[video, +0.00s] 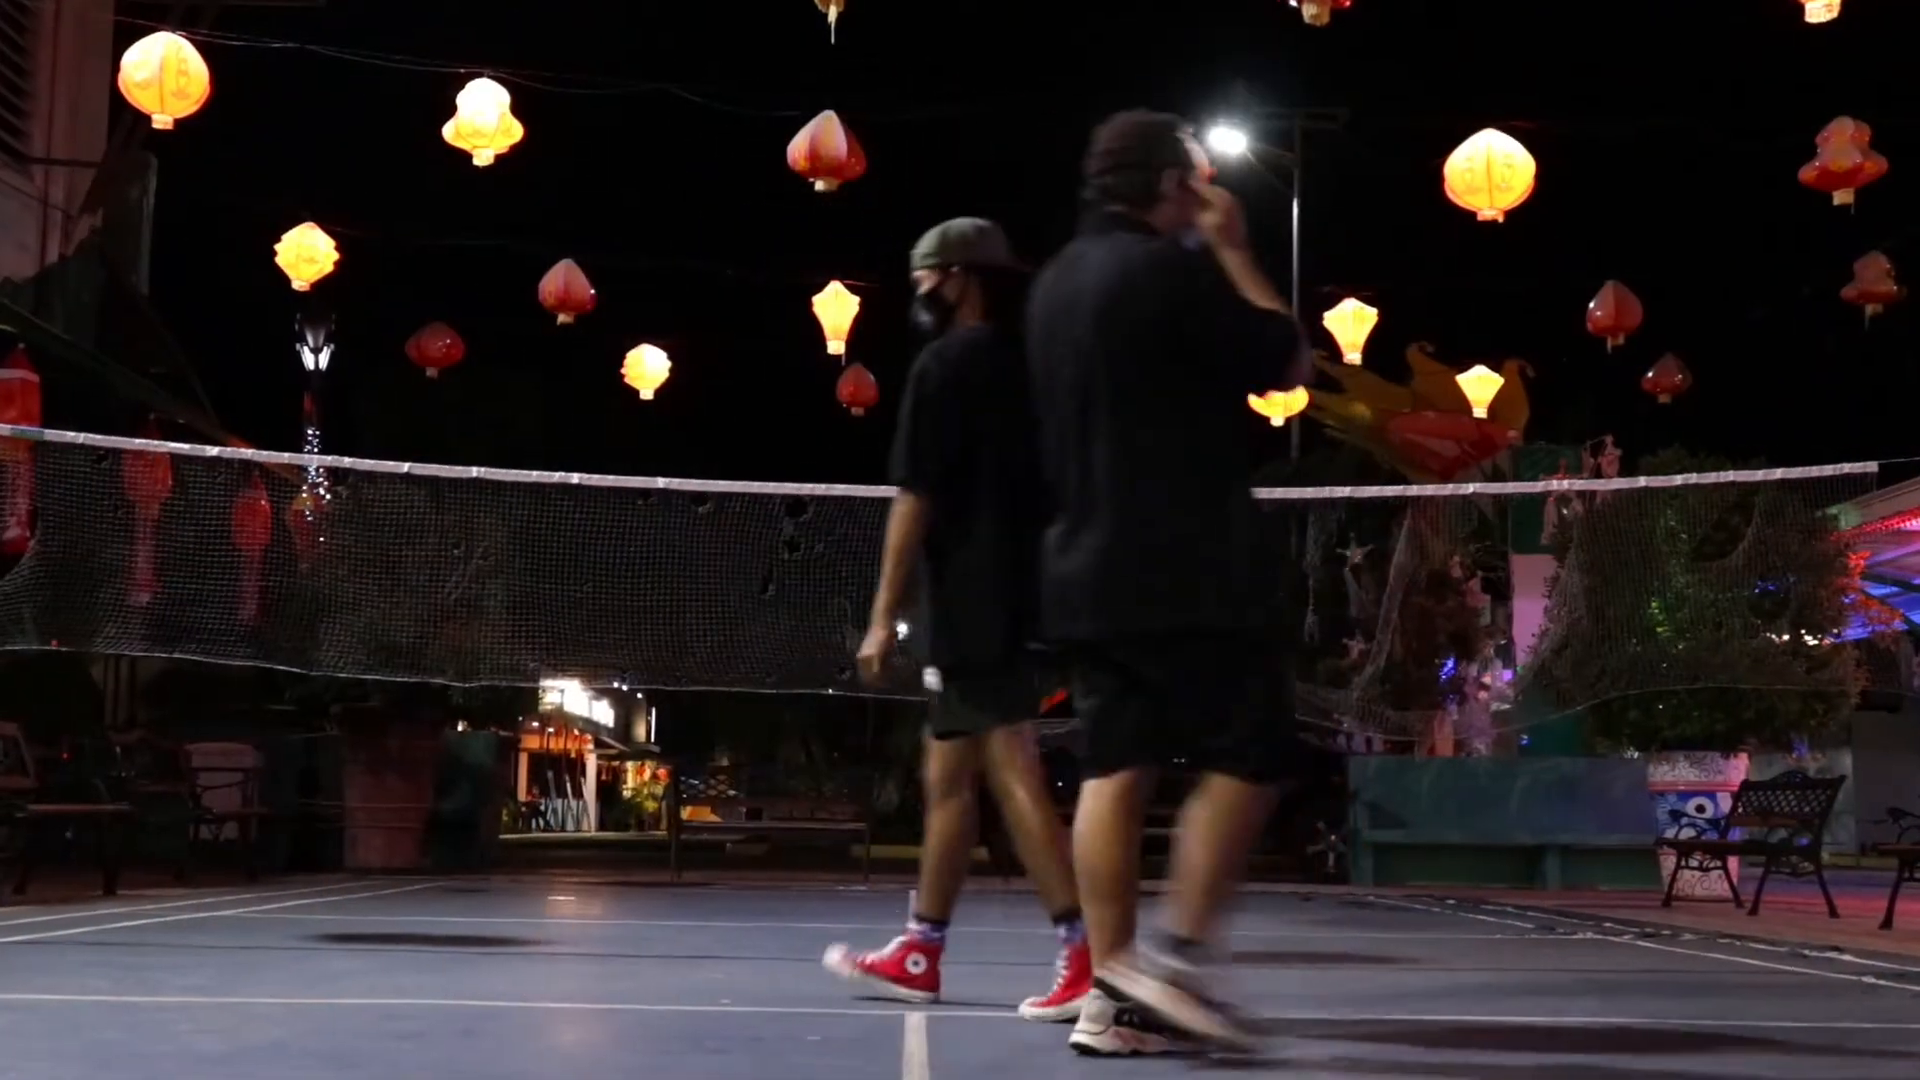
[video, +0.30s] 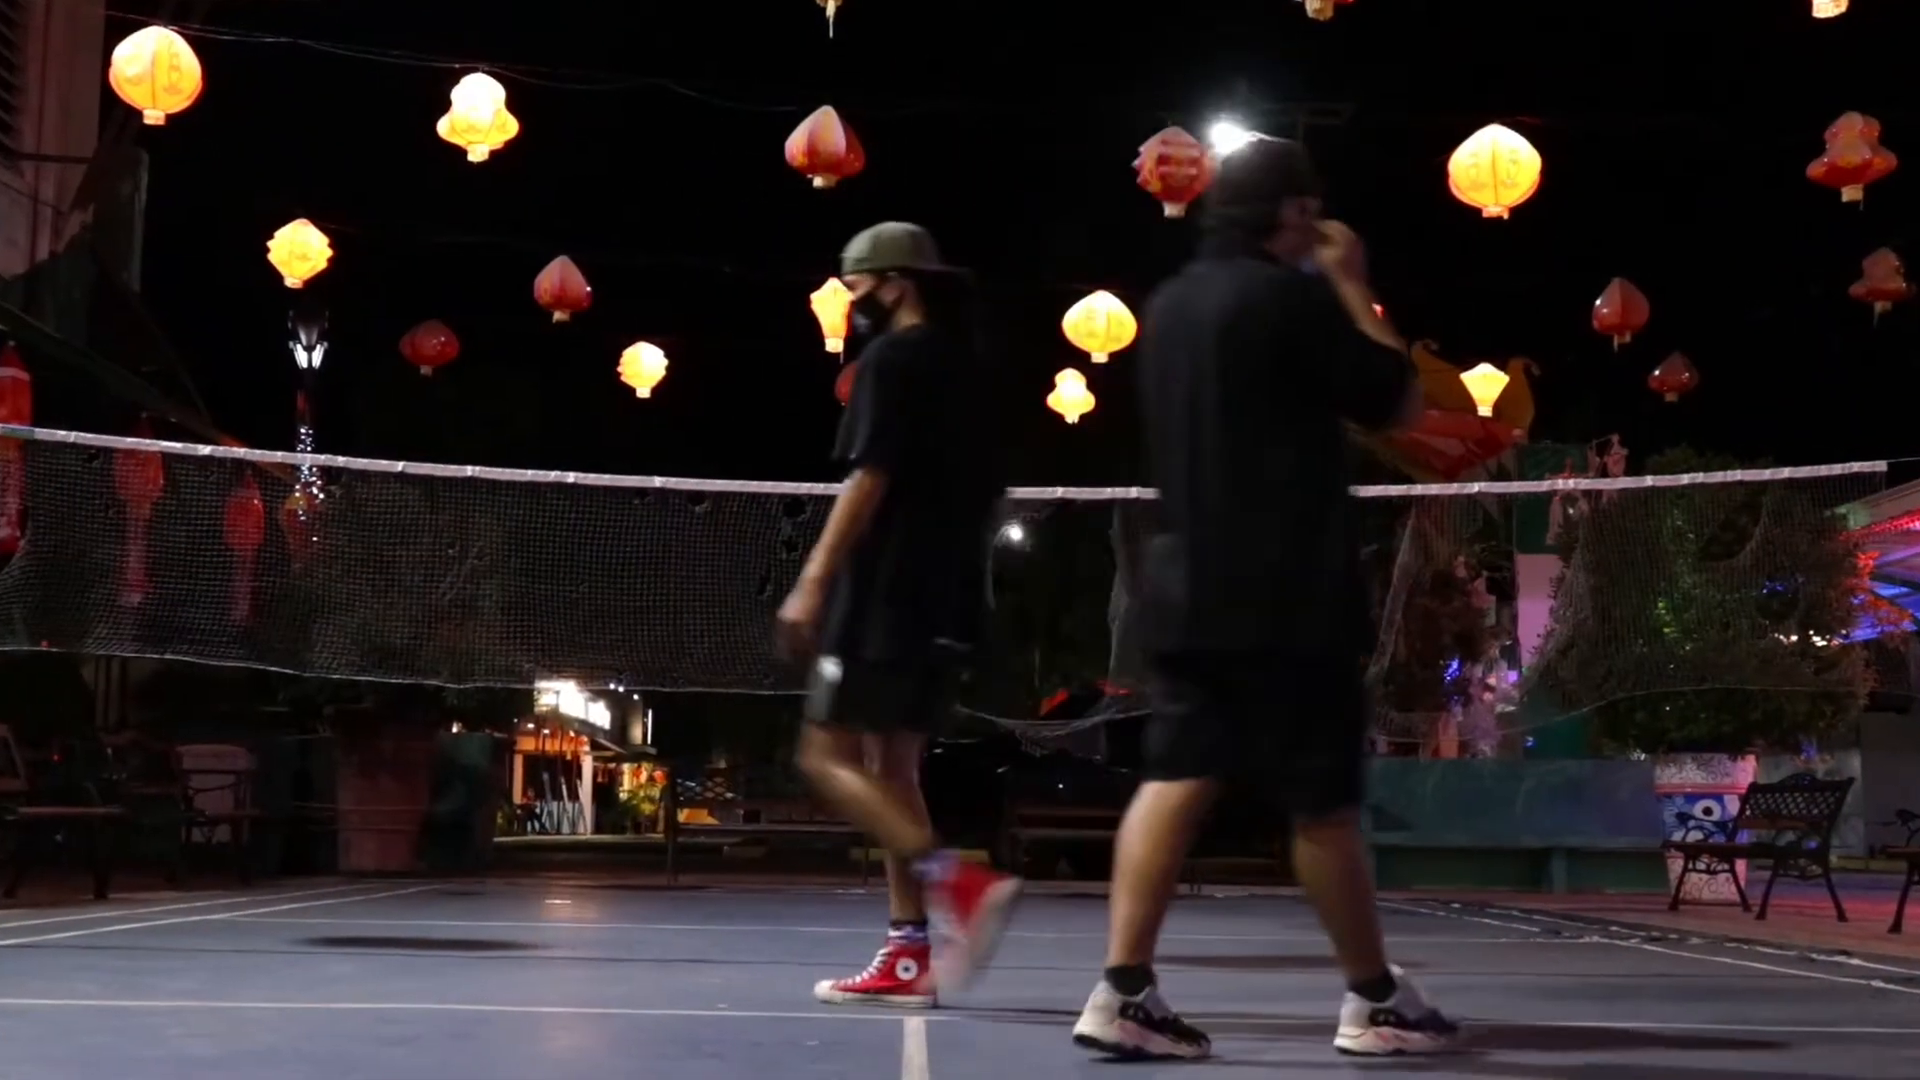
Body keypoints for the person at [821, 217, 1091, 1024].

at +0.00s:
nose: (918, 287)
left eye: (927, 275)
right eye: (918, 275)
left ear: (961, 280)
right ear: (982, 282)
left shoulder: (945, 363)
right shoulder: (1025, 359)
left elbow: (913, 498)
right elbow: (1044, 490)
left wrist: (881, 615)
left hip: (972, 598)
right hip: (1012, 590)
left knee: (1014, 773)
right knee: (947, 772)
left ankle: (1081, 952)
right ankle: (919, 949)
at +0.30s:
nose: (852, 294)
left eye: (859, 283)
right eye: (852, 282)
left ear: (896, 285)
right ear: (919, 285)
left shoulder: (892, 357)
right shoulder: (963, 357)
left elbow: (870, 476)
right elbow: (959, 482)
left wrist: (813, 580)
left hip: (885, 591)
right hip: (939, 592)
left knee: (819, 753)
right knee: (896, 762)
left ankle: (957, 880)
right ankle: (907, 946)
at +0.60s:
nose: (755, 315)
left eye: (763, 300)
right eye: (754, 302)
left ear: (804, 298)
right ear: (811, 300)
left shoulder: (832, 373)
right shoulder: (846, 371)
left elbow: (821, 496)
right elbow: (840, 499)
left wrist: (756, 597)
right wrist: (768, 555)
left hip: (809, 612)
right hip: (854, 613)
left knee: (735, 763)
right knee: (869, 783)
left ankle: (674, 940)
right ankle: (904, 957)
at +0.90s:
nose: (664, 325)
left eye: (671, 310)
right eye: (663, 312)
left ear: (707, 305)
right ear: (722, 307)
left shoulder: (725, 386)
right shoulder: (769, 380)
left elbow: (716, 512)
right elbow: (755, 505)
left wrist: (627, 581)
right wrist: (672, 528)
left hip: (703, 621)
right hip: (763, 619)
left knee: (643, 773)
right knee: (765, 778)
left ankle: (635, 955)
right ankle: (868, 926)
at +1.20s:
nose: (590, 337)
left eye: (590, 323)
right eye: (585, 327)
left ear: (613, 306)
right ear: (642, 304)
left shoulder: (621, 371)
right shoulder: (691, 370)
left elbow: (518, 423)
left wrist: (526, 327)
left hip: (604, 603)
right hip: (649, 600)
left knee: (607, 779)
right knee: (593, 768)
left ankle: (629, 956)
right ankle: (646, 929)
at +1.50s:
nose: (525, 338)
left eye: (527, 324)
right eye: (525, 323)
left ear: (547, 317)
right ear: (586, 311)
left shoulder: (570, 375)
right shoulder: (618, 377)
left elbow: (455, 415)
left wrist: (488, 326)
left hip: (553, 611)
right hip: (571, 607)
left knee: (572, 785)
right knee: (496, 765)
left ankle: (626, 962)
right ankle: (434, 941)